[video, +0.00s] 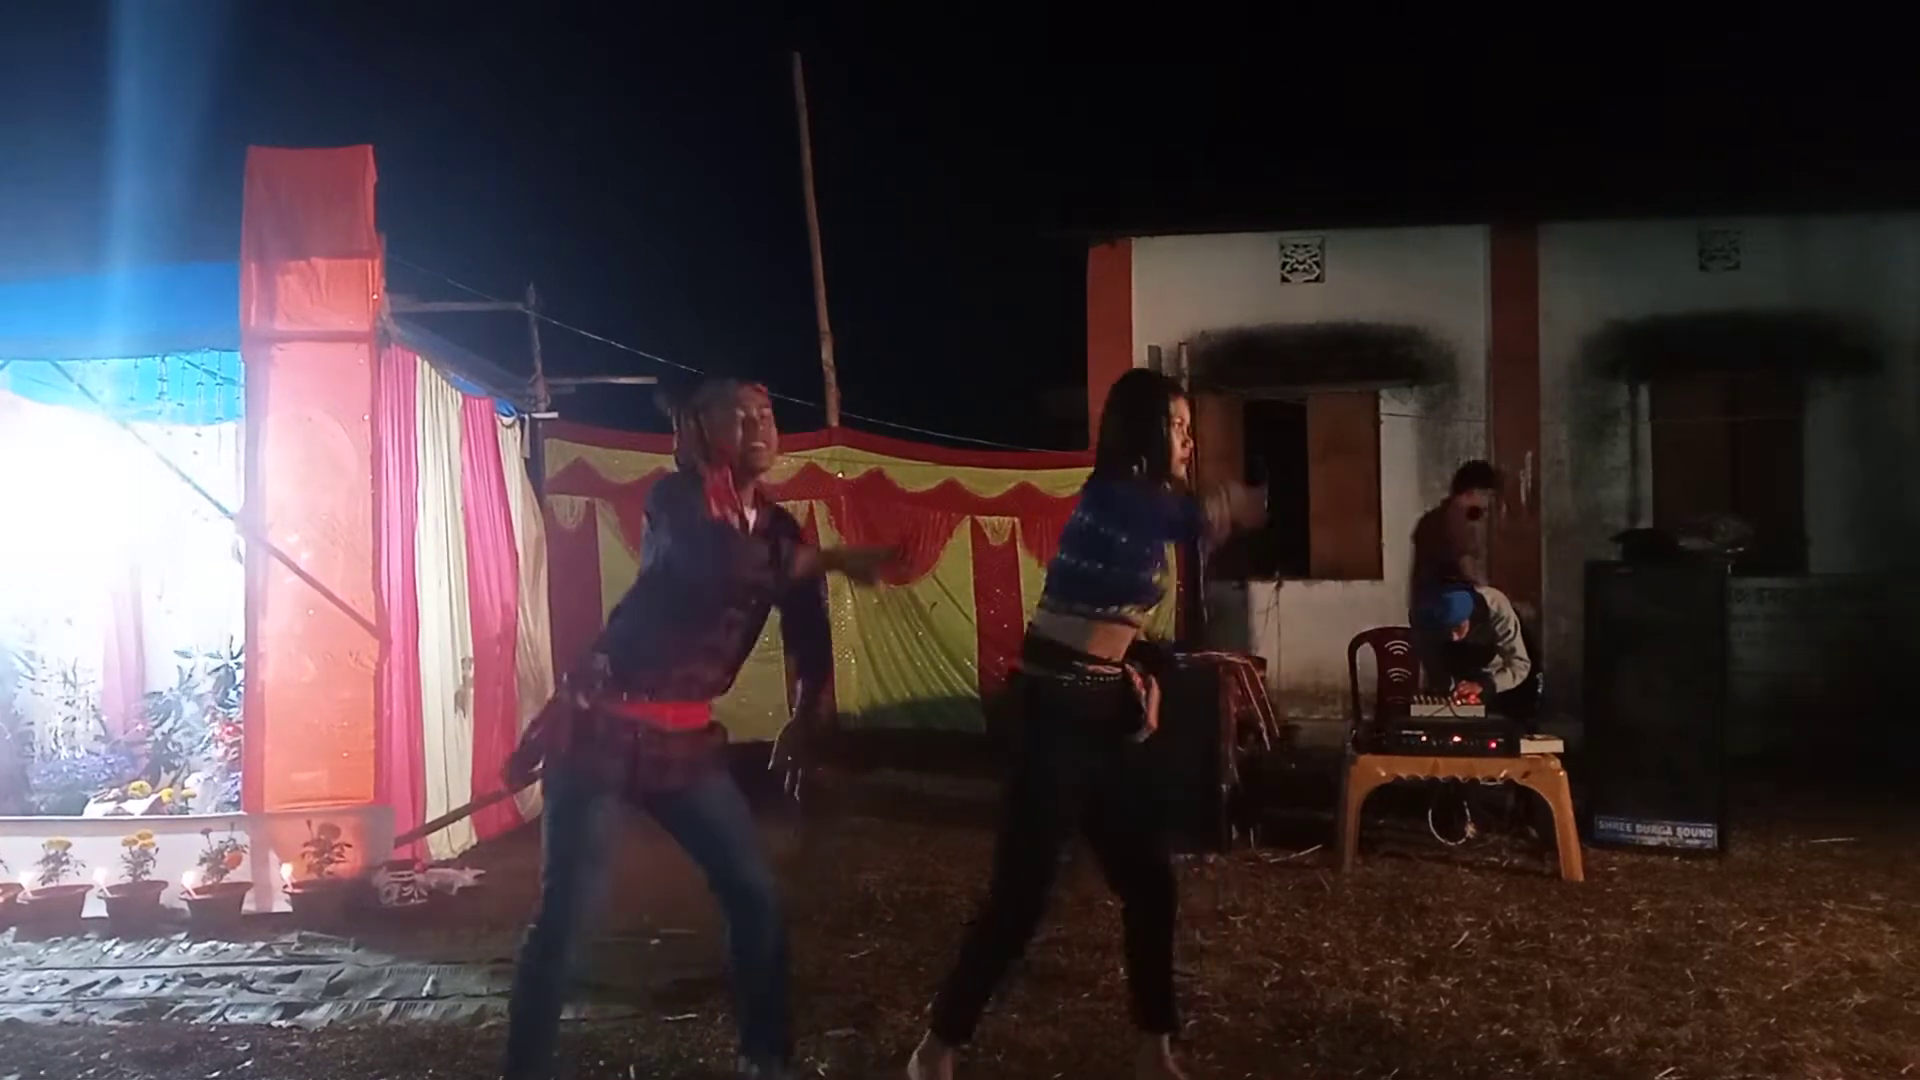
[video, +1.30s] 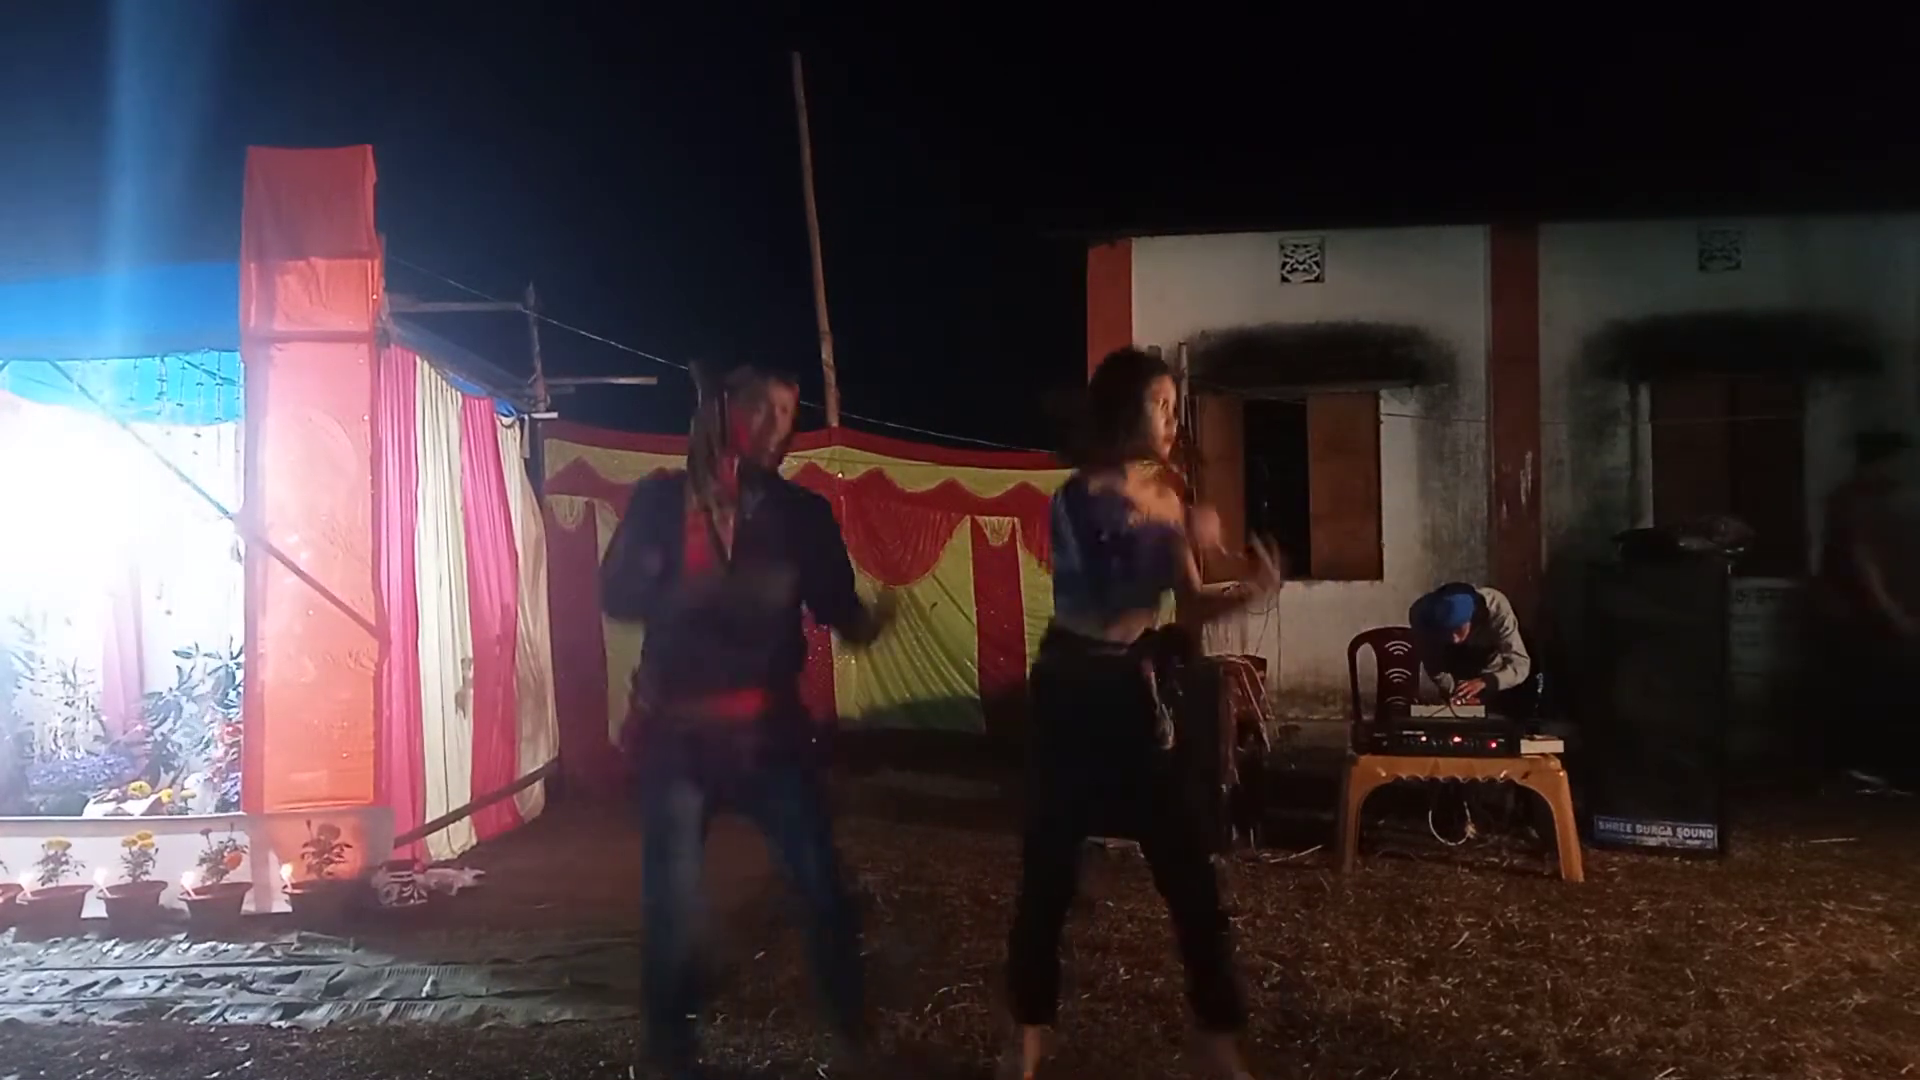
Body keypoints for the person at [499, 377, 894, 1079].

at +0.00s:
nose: (762, 429)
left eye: (767, 415)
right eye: (741, 416)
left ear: (778, 433)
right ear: (695, 432)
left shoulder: (781, 531)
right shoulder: (675, 496)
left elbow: (808, 642)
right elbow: (704, 564)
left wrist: (809, 735)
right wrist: (836, 560)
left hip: (684, 739)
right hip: (597, 732)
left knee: (756, 899)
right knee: (569, 915)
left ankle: (766, 1063)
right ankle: (528, 1067)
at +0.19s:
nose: (748, 472)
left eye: (755, 457)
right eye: (731, 458)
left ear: (765, 470)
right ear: (692, 472)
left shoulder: (784, 564)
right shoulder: (652, 565)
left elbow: (811, 685)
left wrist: (819, 784)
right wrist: (780, 638)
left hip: (713, 787)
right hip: (628, 780)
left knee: (777, 946)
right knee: (602, 951)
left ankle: (792, 1066)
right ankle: (542, 1067)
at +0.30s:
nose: (755, 465)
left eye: (763, 452)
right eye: (738, 450)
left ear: (772, 465)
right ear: (699, 466)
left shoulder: (799, 551)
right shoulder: (652, 565)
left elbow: (818, 660)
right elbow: (634, 668)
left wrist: (796, 751)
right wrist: (714, 678)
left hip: (762, 776)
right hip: (667, 774)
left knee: (801, 933)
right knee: (628, 936)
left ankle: (800, 1066)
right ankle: (558, 1066)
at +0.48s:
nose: (759, 414)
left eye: (772, 405)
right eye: (745, 398)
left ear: (780, 417)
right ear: (708, 400)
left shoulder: (804, 487)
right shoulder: (662, 491)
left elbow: (842, 600)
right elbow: (620, 609)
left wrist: (788, 681)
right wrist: (602, 533)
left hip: (796, 701)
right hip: (701, 706)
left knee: (829, 864)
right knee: (686, 879)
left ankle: (871, 1024)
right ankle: (688, 1042)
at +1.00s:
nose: (779, 455)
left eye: (790, 443)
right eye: (766, 440)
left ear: (798, 446)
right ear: (729, 437)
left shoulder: (822, 516)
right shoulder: (680, 520)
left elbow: (882, 604)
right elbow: (610, 601)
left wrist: (875, 688)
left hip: (838, 729)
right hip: (749, 741)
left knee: (896, 884)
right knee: (720, 908)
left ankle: (949, 1028)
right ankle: (703, 1059)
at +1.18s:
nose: (778, 464)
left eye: (787, 450)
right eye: (764, 447)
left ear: (791, 457)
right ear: (725, 448)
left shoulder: (814, 544)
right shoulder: (669, 542)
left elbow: (841, 648)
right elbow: (622, 643)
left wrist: (849, 732)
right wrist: (664, 693)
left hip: (789, 761)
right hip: (699, 764)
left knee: (848, 900)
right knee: (685, 925)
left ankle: (917, 1019)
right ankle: (692, 1062)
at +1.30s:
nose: (773, 429)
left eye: (782, 416)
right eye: (760, 411)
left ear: (787, 427)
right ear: (720, 415)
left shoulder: (803, 512)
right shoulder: (661, 500)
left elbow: (836, 604)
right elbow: (618, 592)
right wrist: (688, 586)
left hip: (771, 733)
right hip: (678, 736)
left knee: (819, 882)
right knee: (673, 897)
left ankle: (852, 1029)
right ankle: (670, 1049)